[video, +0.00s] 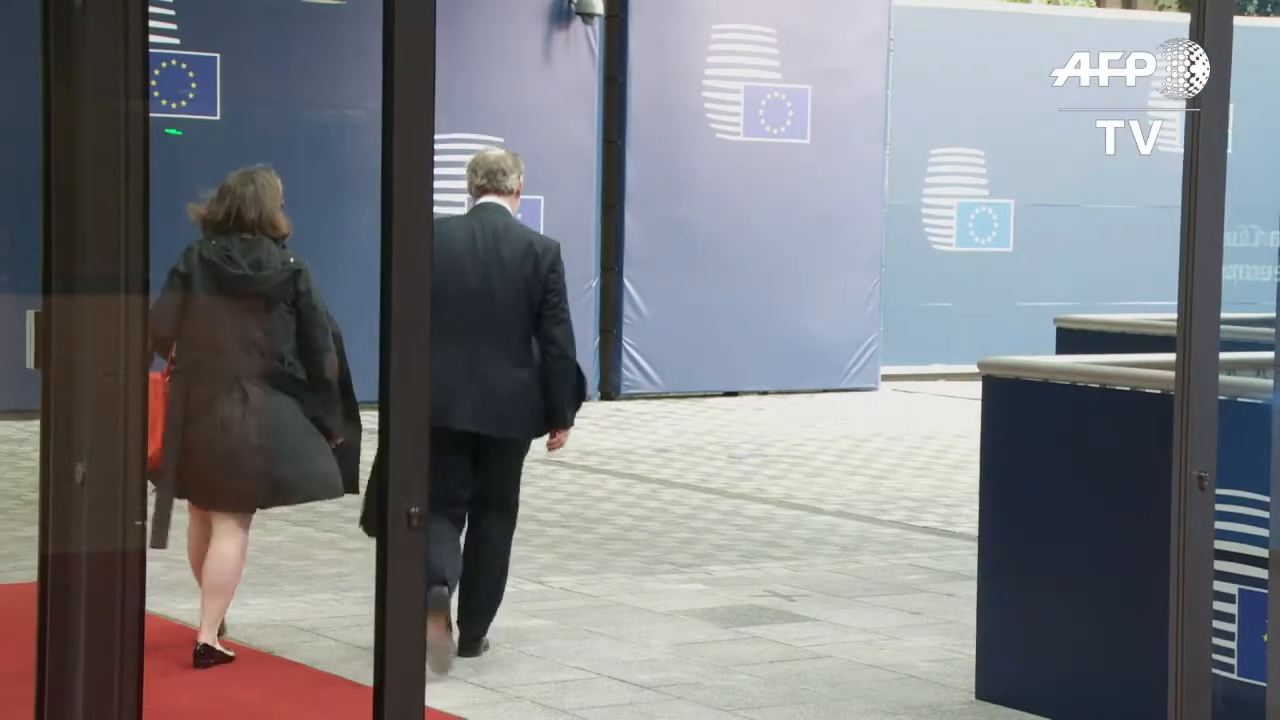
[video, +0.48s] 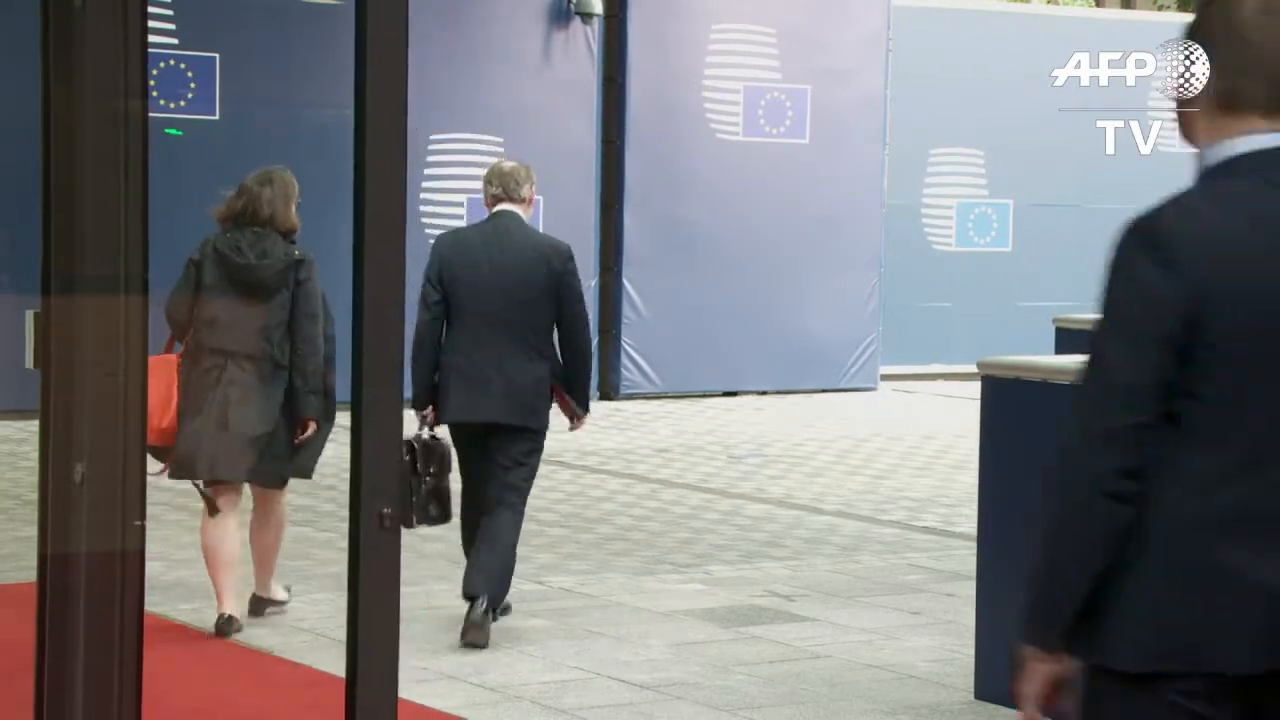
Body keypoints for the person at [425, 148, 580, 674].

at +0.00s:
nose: (518, 198)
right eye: (520, 192)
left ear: (471, 190)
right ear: (517, 193)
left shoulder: (432, 236)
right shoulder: (540, 250)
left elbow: (405, 315)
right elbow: (556, 337)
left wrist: (401, 395)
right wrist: (561, 411)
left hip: (438, 404)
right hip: (508, 408)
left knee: (441, 507)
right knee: (493, 518)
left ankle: (437, 590)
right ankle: (472, 633)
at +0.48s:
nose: (533, 204)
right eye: (533, 199)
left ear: (486, 200)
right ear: (529, 200)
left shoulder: (449, 246)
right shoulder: (553, 253)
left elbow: (429, 323)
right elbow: (576, 331)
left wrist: (424, 391)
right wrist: (576, 392)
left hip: (463, 397)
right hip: (524, 400)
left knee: (477, 492)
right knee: (508, 499)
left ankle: (487, 590)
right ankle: (482, 596)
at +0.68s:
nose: (542, 192)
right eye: (542, 187)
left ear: (495, 187)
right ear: (538, 188)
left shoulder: (459, 233)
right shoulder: (561, 238)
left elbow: (441, 312)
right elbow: (578, 317)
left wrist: (439, 377)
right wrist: (583, 383)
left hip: (472, 383)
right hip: (535, 383)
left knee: (482, 486)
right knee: (534, 473)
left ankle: (486, 600)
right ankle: (515, 555)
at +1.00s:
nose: (571, 205)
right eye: (571, 199)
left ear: (524, 200)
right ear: (565, 201)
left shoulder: (487, 243)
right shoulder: (583, 252)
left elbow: (466, 317)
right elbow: (598, 329)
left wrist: (460, 381)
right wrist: (603, 391)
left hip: (495, 385)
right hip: (555, 388)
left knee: (494, 480)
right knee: (554, 475)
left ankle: (489, 582)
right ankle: (556, 566)